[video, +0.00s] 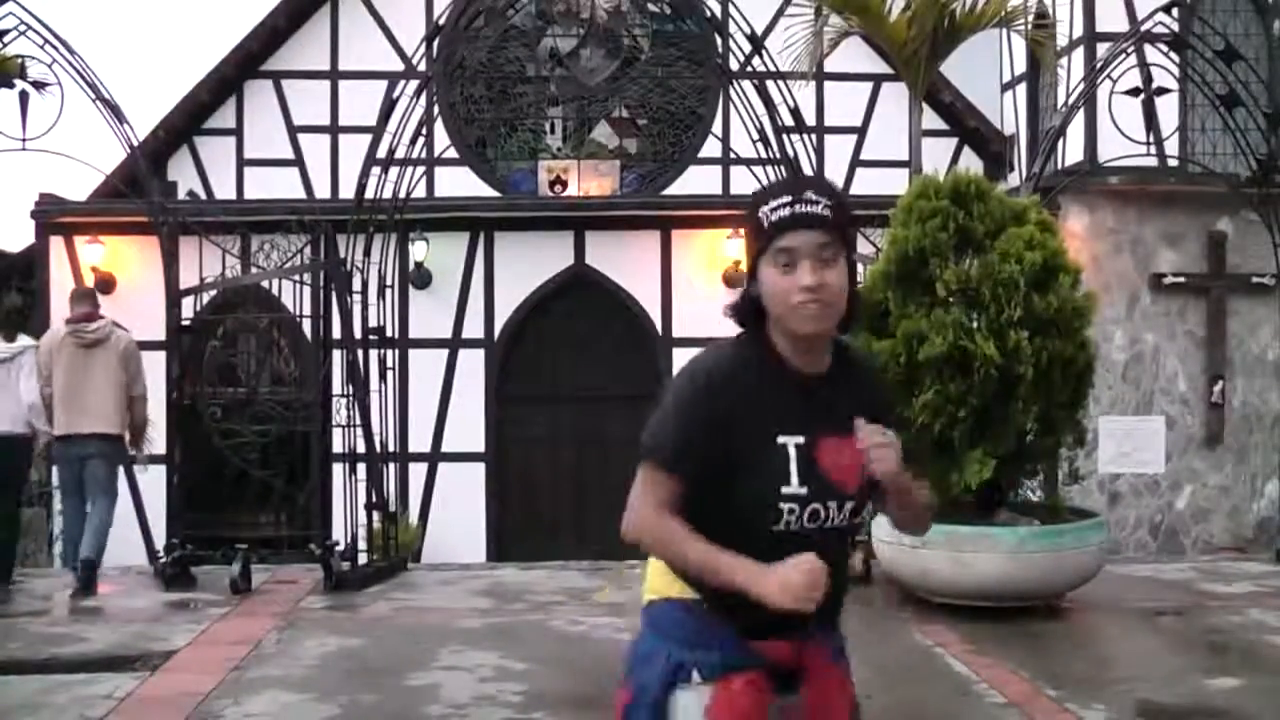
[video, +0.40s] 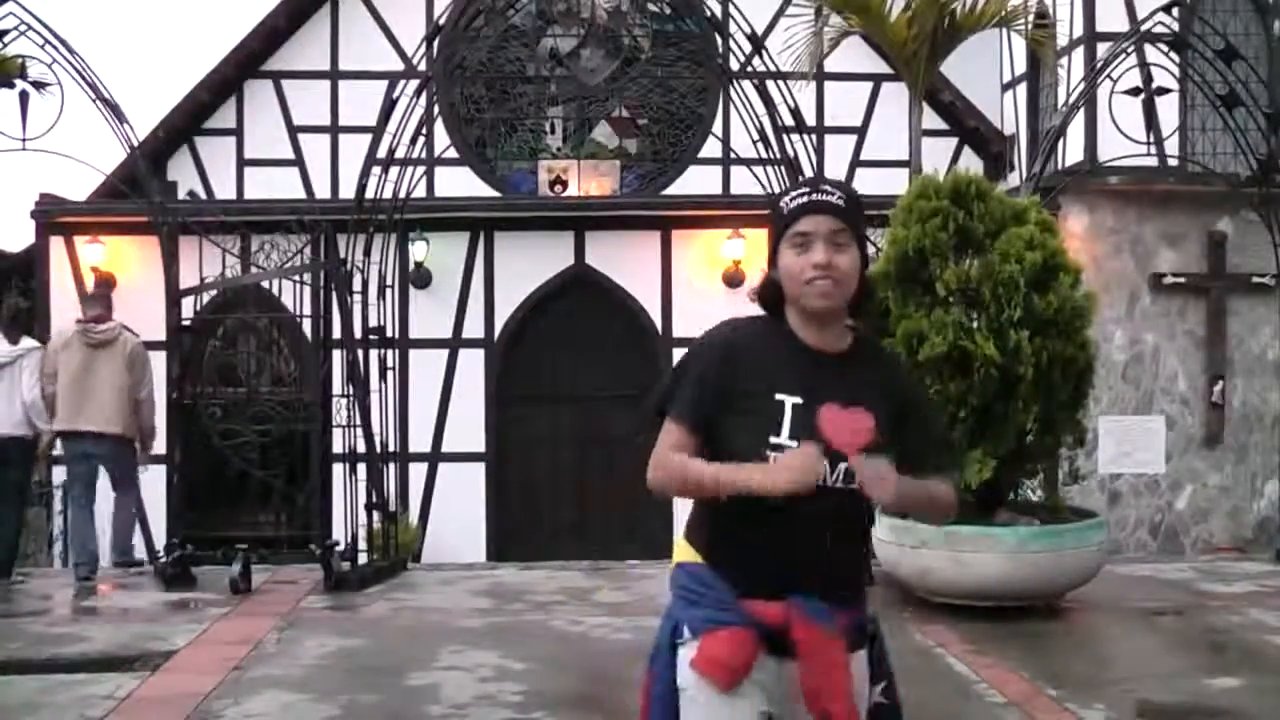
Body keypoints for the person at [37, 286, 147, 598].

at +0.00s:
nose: (81, 315)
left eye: (77, 310)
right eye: (89, 308)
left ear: (70, 311)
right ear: (99, 309)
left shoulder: (51, 341)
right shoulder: (123, 342)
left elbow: (46, 389)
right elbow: (138, 393)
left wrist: (56, 424)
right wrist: (137, 434)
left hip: (67, 434)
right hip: (106, 434)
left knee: (72, 502)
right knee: (101, 499)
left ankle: (76, 571)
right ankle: (88, 561)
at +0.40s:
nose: (98, 316)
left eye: (93, 312)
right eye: (103, 311)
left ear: (83, 311)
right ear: (111, 310)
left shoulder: (60, 343)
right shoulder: (131, 345)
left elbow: (49, 389)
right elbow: (144, 396)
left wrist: (59, 421)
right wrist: (147, 437)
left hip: (74, 432)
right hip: (115, 432)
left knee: (79, 499)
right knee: (126, 491)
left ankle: (83, 566)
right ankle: (122, 552)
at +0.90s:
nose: (135, 318)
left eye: (130, 311)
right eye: (141, 313)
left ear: (121, 313)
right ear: (147, 314)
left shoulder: (99, 342)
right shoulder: (161, 341)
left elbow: (82, 389)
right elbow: (175, 385)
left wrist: (76, 426)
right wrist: (175, 420)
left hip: (111, 432)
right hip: (151, 431)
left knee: (101, 494)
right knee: (155, 491)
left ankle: (88, 552)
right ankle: (149, 556)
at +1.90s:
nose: (139, 337)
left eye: (138, 332)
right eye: (145, 333)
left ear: (135, 332)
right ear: (160, 333)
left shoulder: (113, 362)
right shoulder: (170, 362)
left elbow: (99, 402)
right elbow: (186, 393)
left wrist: (102, 433)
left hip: (123, 441)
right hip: (158, 443)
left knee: (132, 508)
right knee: (167, 499)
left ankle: (135, 559)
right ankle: (151, 543)